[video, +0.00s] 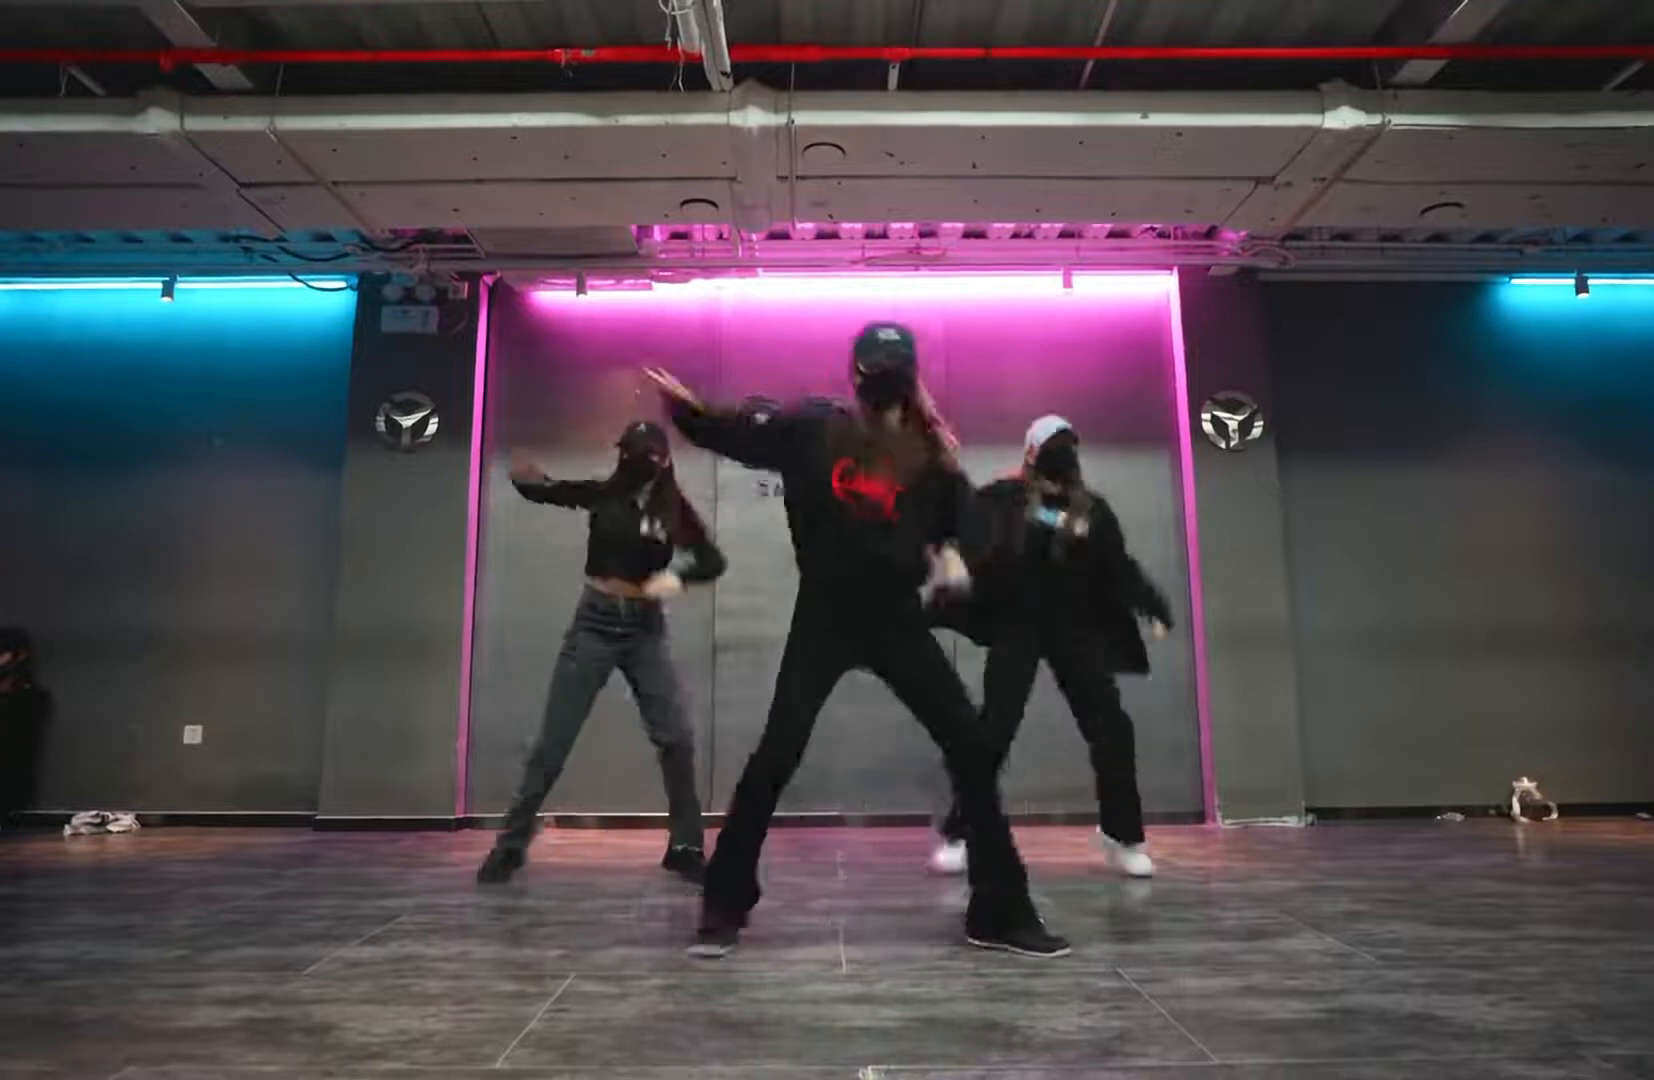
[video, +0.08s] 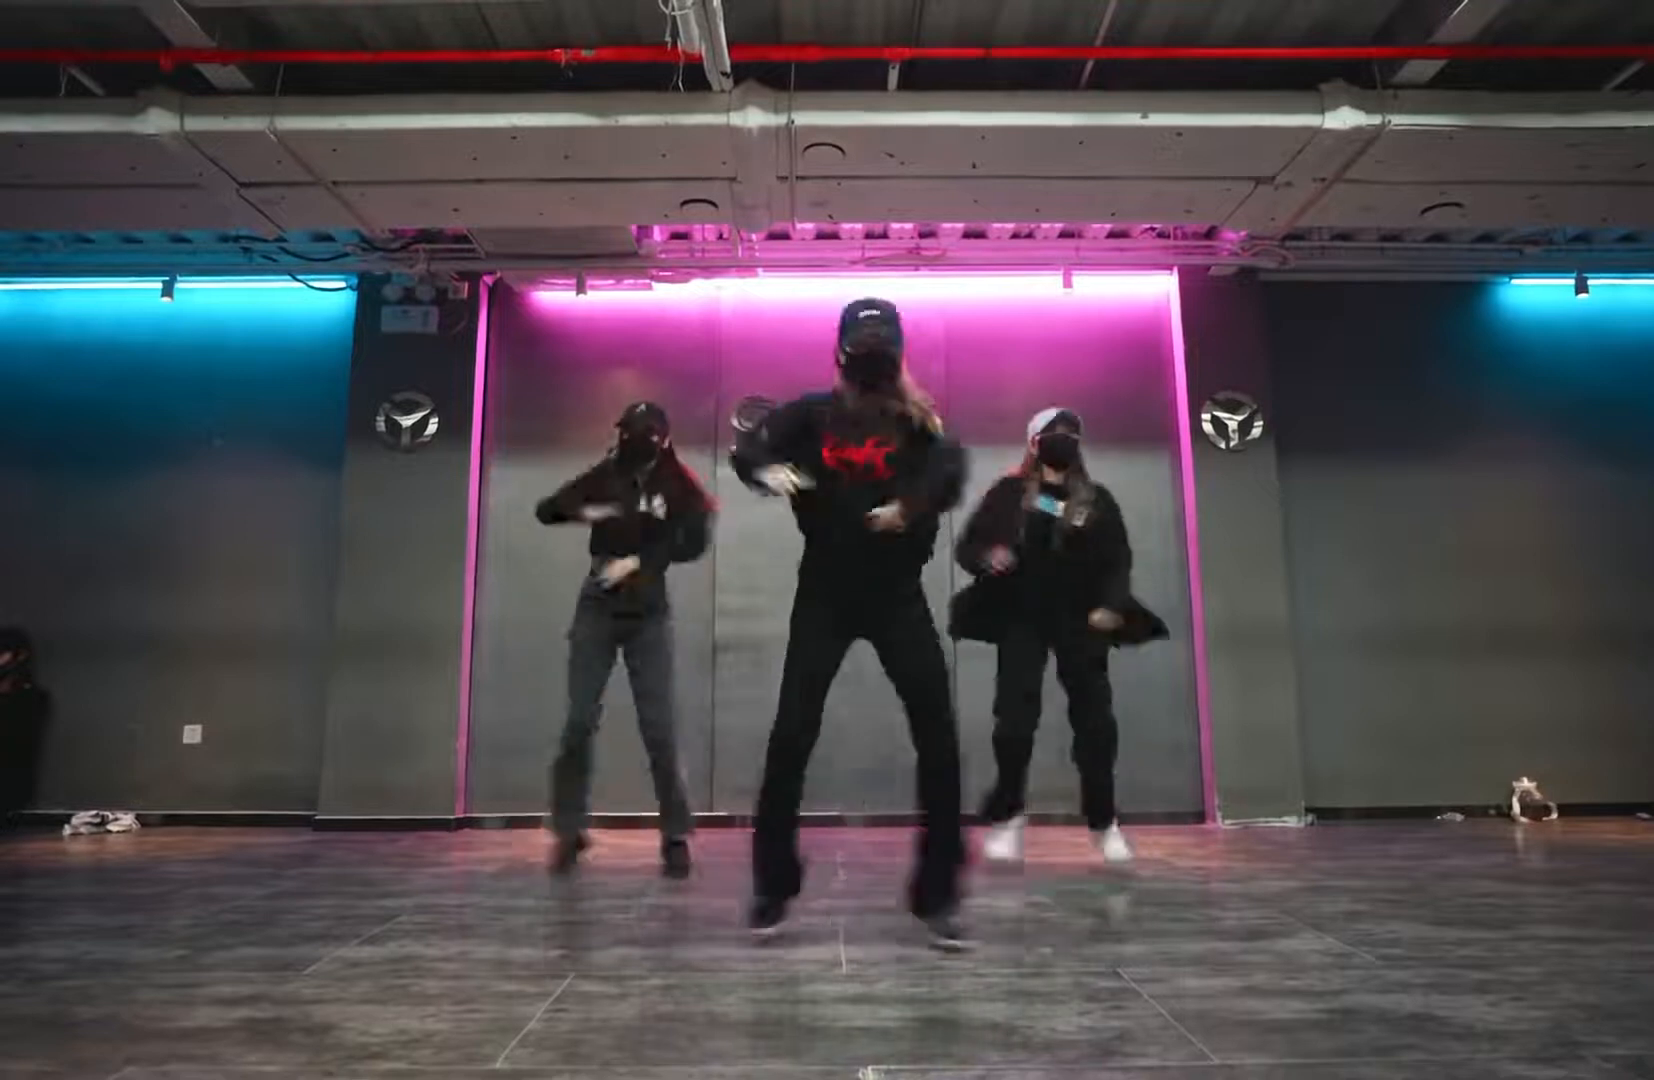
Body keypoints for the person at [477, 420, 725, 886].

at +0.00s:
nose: (641, 466)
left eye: (650, 458)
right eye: (634, 457)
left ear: (663, 461)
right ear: (622, 457)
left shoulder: (672, 505)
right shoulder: (603, 494)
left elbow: (711, 561)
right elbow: (548, 493)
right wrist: (526, 478)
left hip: (645, 629)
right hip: (594, 623)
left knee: (676, 738)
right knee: (551, 746)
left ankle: (685, 848)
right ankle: (509, 849)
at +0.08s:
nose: (633, 447)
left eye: (643, 439)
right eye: (628, 438)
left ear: (662, 440)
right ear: (620, 437)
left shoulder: (679, 482)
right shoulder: (606, 475)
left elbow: (694, 541)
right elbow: (548, 510)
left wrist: (641, 560)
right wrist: (584, 508)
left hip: (649, 608)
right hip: (597, 606)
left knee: (658, 728)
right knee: (580, 721)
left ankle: (675, 838)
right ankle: (568, 833)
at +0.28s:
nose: (639, 457)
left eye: (648, 448)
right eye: (631, 447)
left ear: (661, 448)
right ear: (617, 447)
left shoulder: (671, 495)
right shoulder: (607, 490)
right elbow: (575, 552)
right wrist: (606, 553)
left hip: (660, 619)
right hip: (610, 619)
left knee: (664, 737)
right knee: (616, 737)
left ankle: (676, 844)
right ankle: (622, 842)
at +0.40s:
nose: (639, 451)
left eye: (647, 444)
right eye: (631, 443)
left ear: (659, 447)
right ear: (616, 444)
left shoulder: (669, 489)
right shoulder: (599, 492)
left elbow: (685, 539)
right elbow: (603, 553)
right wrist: (662, 555)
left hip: (659, 617)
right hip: (612, 617)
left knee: (664, 727)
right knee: (611, 726)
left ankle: (675, 840)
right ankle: (649, 812)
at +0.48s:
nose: (633, 461)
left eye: (640, 453)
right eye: (625, 454)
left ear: (654, 453)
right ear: (612, 453)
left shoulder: (667, 492)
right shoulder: (599, 496)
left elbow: (706, 538)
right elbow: (612, 539)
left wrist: (753, 581)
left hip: (650, 620)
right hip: (604, 619)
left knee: (654, 738)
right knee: (604, 730)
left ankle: (673, 845)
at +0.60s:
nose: (627, 460)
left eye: (635, 453)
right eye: (619, 453)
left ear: (651, 456)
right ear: (608, 456)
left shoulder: (665, 501)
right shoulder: (595, 497)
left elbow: (700, 544)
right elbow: (614, 547)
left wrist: (735, 583)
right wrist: (673, 544)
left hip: (646, 622)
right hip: (598, 621)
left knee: (653, 744)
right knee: (590, 731)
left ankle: (674, 845)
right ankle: (658, 679)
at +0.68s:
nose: (620, 463)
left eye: (629, 455)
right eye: (613, 454)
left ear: (647, 457)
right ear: (604, 456)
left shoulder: (661, 507)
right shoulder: (592, 499)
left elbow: (664, 562)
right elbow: (592, 559)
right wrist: (648, 555)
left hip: (641, 625)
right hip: (594, 619)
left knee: (656, 743)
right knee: (556, 720)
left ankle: (675, 845)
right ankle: (620, 733)